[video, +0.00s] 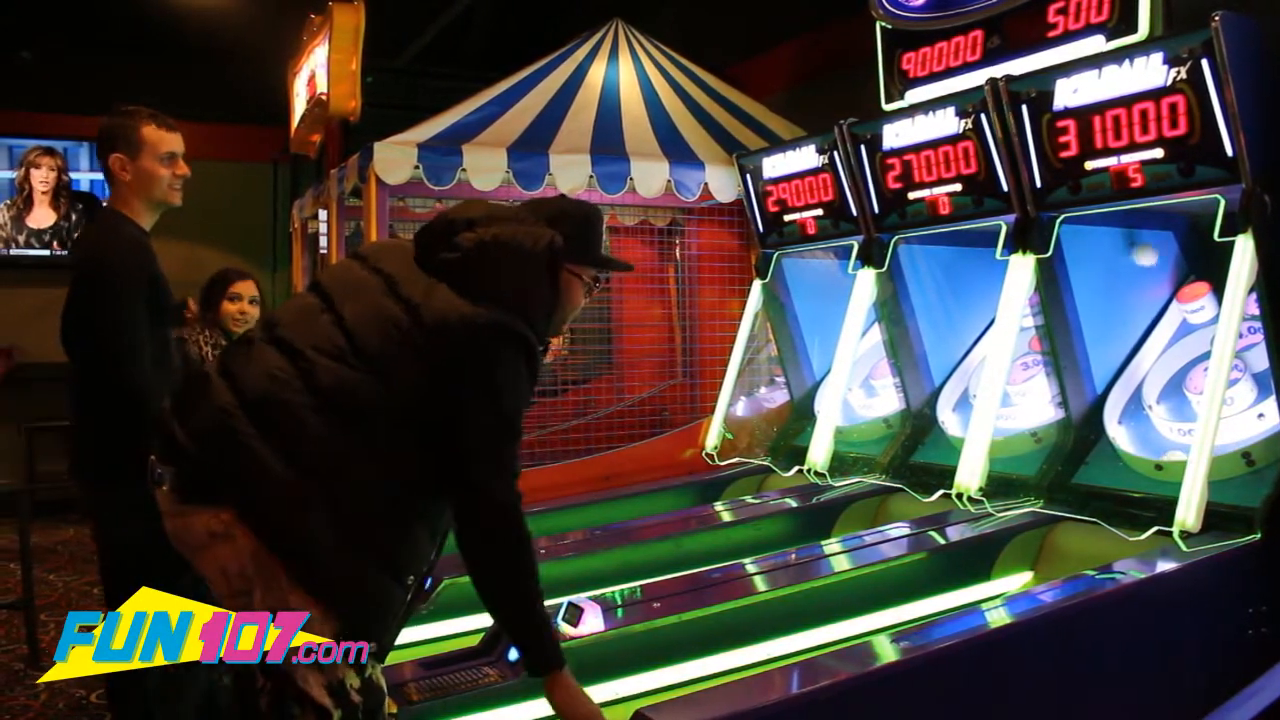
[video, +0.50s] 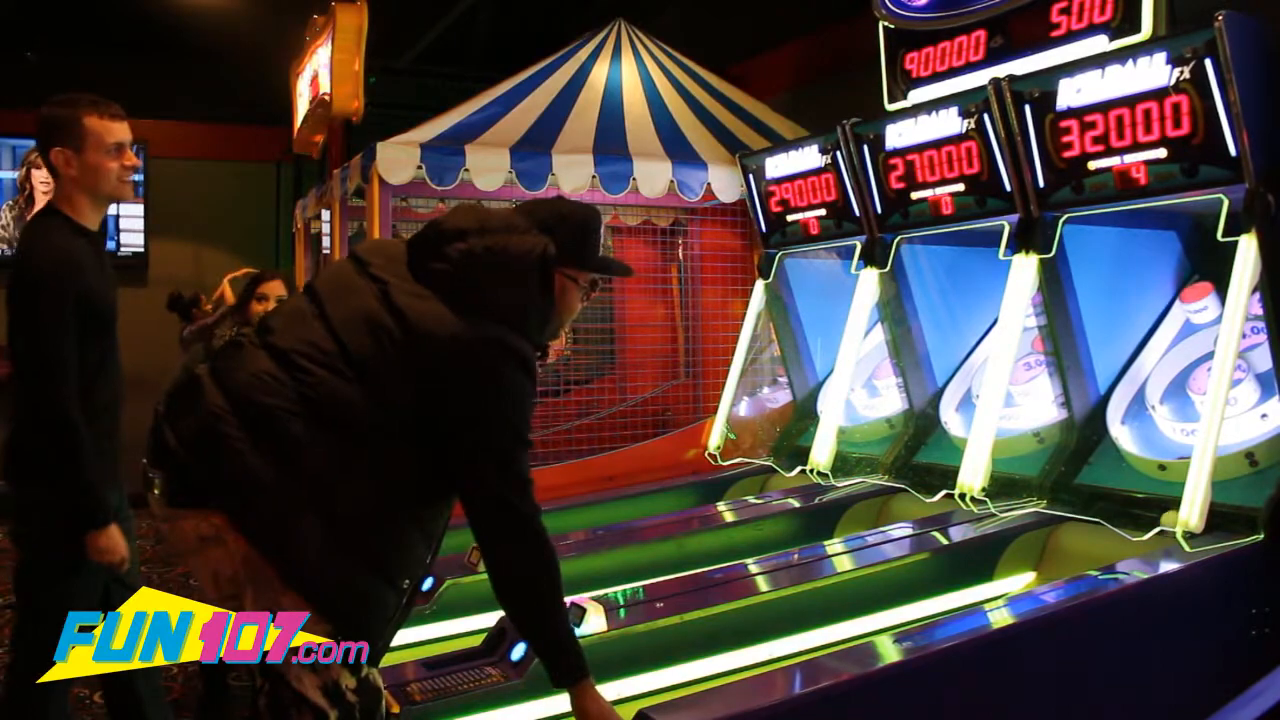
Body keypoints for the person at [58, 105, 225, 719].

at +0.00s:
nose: (183, 172)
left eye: (183, 161)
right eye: (169, 160)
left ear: (131, 171)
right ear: (122, 167)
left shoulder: (114, 240)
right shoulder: (118, 249)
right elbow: (133, 370)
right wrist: (166, 448)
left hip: (117, 454)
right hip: (123, 461)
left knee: (139, 603)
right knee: (156, 603)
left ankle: (138, 703)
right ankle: (151, 706)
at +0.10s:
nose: (174, 170)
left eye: (173, 158)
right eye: (160, 158)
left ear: (123, 171)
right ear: (113, 167)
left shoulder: (115, 241)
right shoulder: (109, 250)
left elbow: (132, 357)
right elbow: (124, 371)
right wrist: (151, 456)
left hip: (120, 456)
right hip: (118, 462)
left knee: (138, 601)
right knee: (152, 602)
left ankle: (135, 703)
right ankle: (145, 705)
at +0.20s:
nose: (164, 169)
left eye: (163, 156)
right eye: (148, 156)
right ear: (100, 166)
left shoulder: (109, 246)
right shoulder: (94, 255)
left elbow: (118, 376)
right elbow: (106, 392)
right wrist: (146, 498)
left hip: (115, 470)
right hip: (112, 478)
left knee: (127, 624)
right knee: (132, 627)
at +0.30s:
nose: (153, 167)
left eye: (152, 155)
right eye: (137, 155)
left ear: (97, 167)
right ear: (86, 165)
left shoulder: (93, 244)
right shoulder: (83, 253)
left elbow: (105, 387)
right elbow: (96, 397)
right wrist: (136, 507)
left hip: (99, 476)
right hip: (97, 485)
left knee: (105, 633)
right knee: (110, 638)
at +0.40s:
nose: (140, 165)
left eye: (139, 153)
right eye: (124, 153)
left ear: (88, 167)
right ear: (74, 163)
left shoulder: (87, 246)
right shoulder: (66, 254)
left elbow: (90, 389)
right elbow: (72, 399)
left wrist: (122, 487)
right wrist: (115, 510)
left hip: (88, 482)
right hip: (74, 490)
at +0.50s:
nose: (130, 163)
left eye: (130, 150)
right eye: (115, 151)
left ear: (80, 166)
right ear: (65, 162)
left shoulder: (81, 243)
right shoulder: (51, 250)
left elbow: (80, 389)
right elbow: (54, 398)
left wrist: (107, 490)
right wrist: (96, 515)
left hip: (90, 481)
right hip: (60, 490)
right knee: (43, 656)